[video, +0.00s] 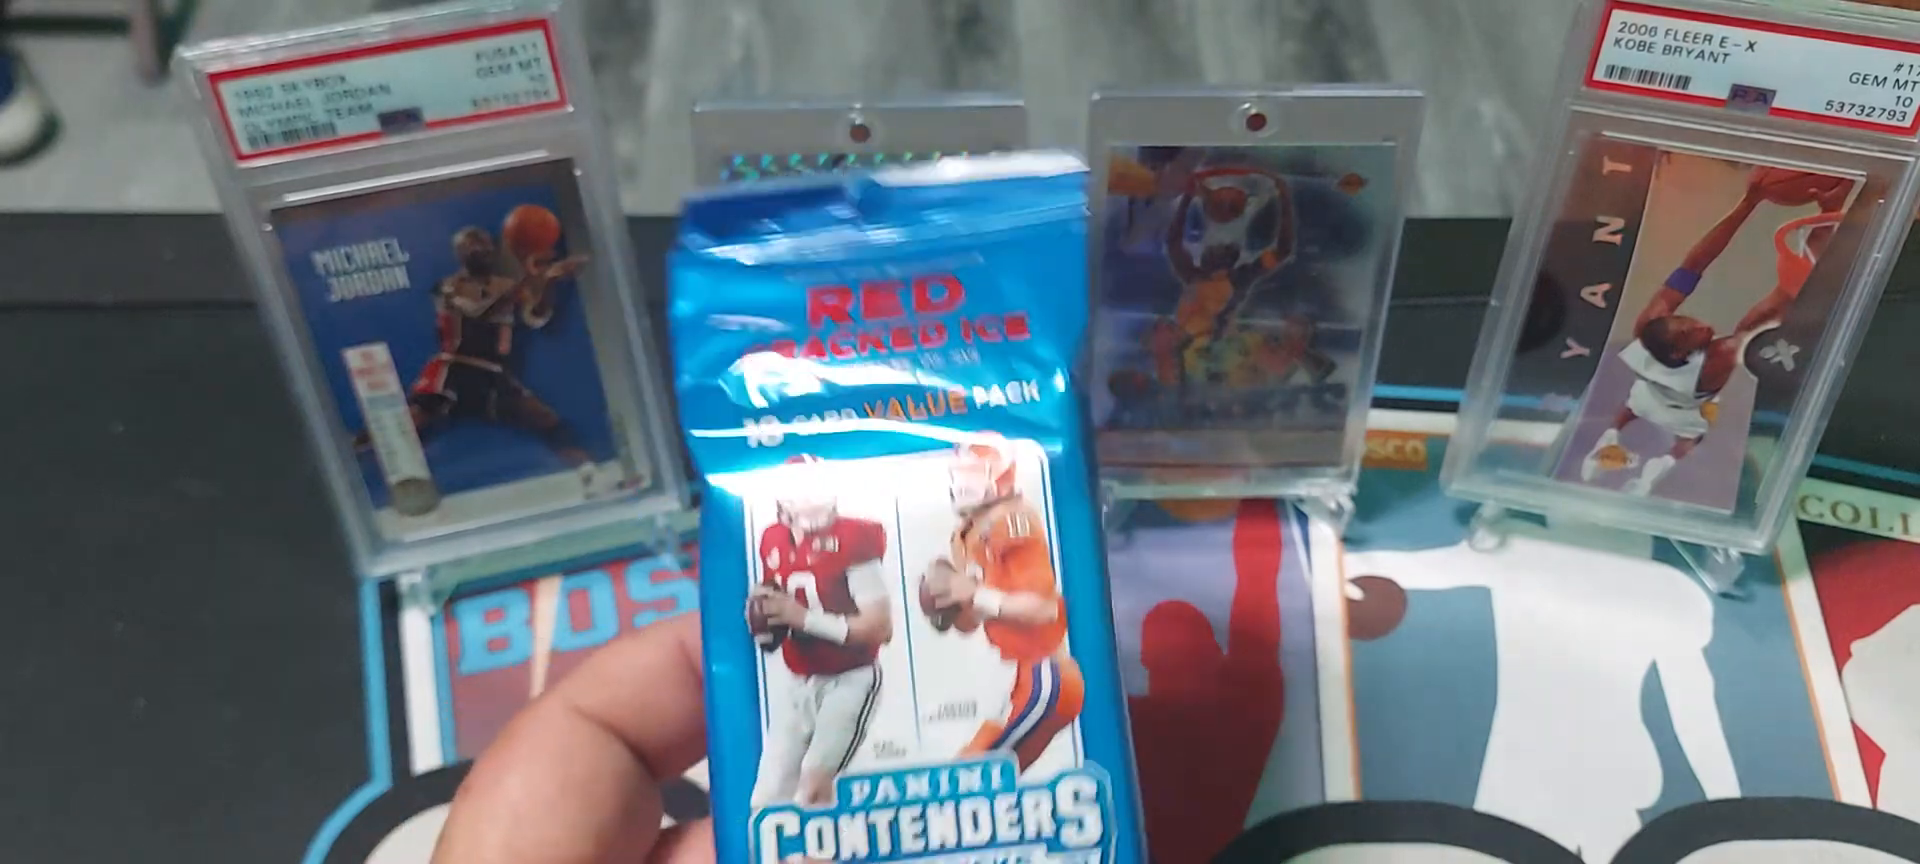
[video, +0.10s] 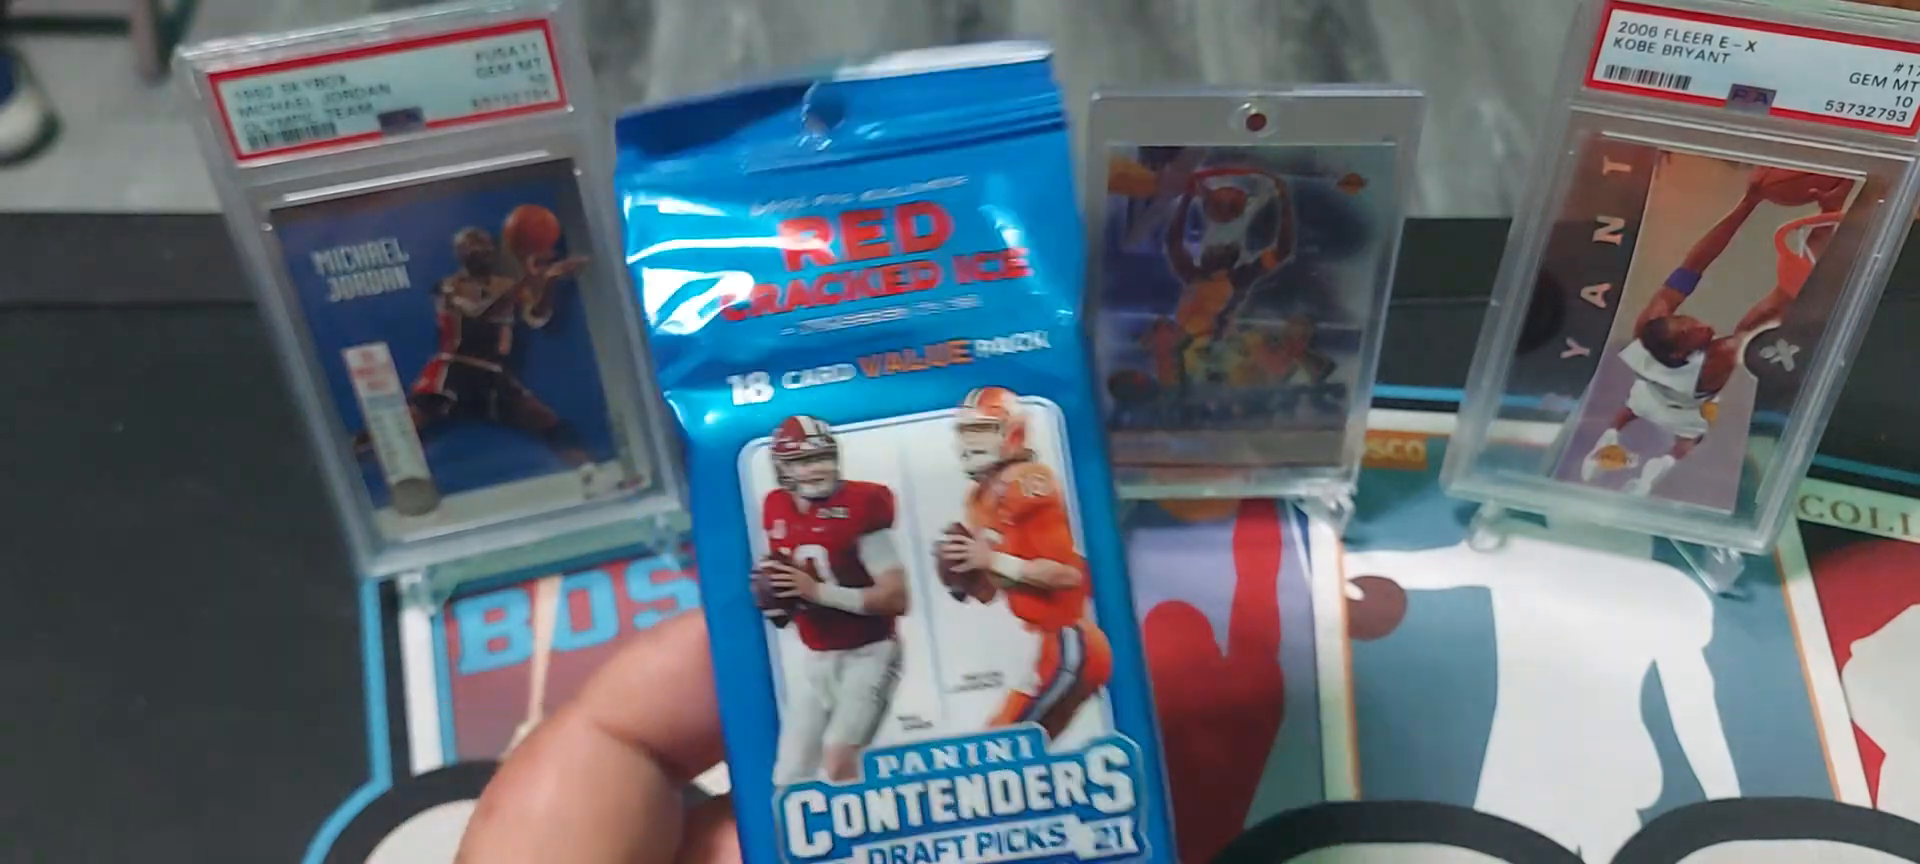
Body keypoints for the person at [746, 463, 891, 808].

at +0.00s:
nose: (815, 506)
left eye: (819, 495)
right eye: (804, 497)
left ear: (832, 494)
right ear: (786, 503)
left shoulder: (856, 536)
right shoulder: (773, 539)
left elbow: (878, 628)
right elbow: (772, 635)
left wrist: (802, 617)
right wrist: (762, 619)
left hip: (852, 679)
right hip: (799, 681)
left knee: (814, 786)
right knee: (766, 798)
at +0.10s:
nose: (815, 468)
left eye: (822, 457)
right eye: (802, 461)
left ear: (836, 457)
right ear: (783, 468)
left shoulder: (867, 502)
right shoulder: (777, 506)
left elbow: (896, 598)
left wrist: (816, 591)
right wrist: (767, 589)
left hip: (870, 653)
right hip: (814, 656)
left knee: (839, 758)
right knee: (790, 774)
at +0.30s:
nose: (896, 571)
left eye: (905, 561)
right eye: (881, 562)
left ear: (918, 565)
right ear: (854, 566)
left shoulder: (938, 613)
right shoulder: (840, 603)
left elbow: (967, 698)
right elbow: (834, 687)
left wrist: (875, 679)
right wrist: (817, 669)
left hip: (927, 733)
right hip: (863, 729)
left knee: (875, 808)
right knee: (820, 818)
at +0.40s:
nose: (964, 521)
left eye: (976, 510)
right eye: (954, 508)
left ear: (990, 514)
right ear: (931, 512)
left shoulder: (1007, 566)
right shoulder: (911, 549)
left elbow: (1014, 657)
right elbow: (883, 636)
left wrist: (932, 631)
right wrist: (892, 619)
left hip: (970, 696)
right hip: (912, 688)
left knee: (904, 780)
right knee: (848, 784)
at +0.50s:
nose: (977, 500)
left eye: (987, 491)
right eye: (965, 489)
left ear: (1000, 496)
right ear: (941, 489)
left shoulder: (1015, 546)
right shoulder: (921, 527)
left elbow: (1019, 641)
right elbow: (905, 597)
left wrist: (939, 616)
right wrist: (887, 599)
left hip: (974, 685)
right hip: (916, 678)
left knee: (908, 773)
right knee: (854, 776)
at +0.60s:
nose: (877, 444)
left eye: (885, 432)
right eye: (866, 433)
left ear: (900, 434)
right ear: (847, 437)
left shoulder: (925, 487)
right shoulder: (832, 481)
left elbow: (943, 575)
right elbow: (822, 571)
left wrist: (860, 560)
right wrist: (814, 554)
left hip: (908, 621)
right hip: (851, 618)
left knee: (858, 716)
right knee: (805, 725)